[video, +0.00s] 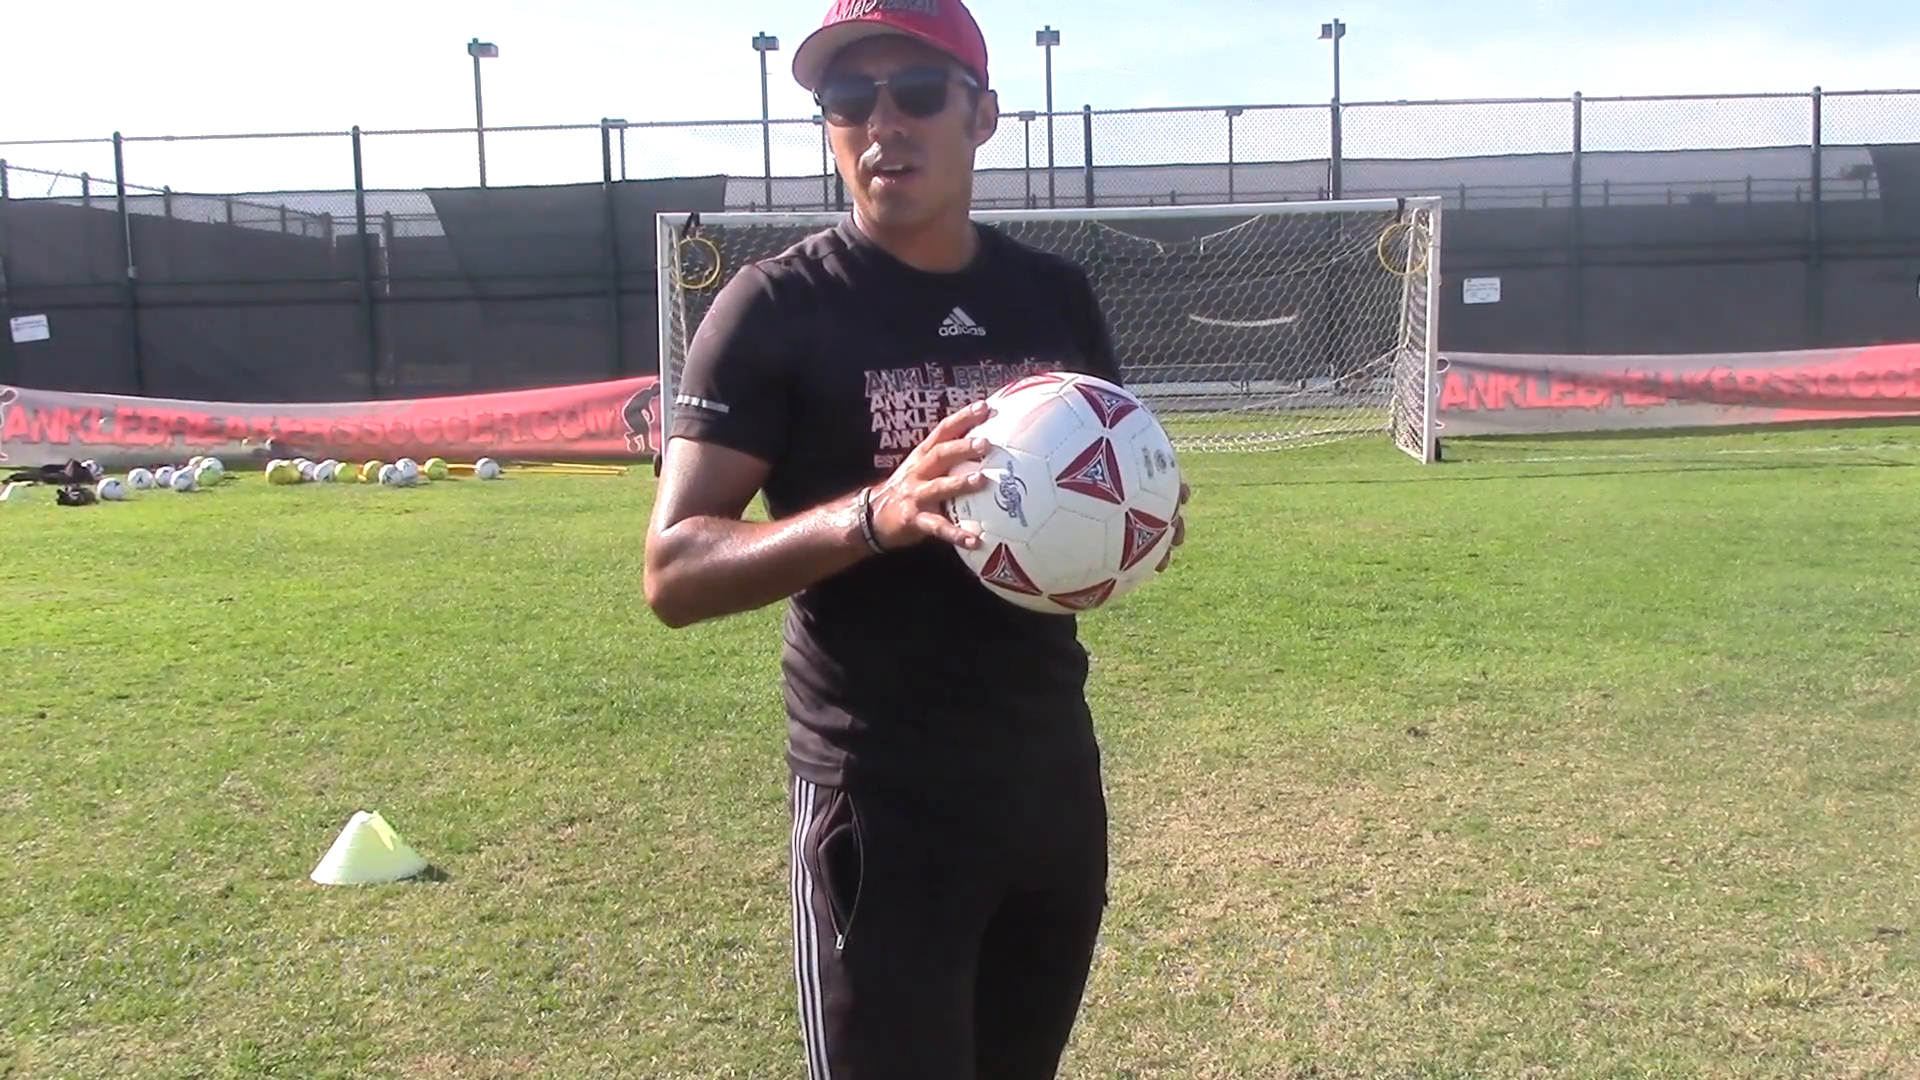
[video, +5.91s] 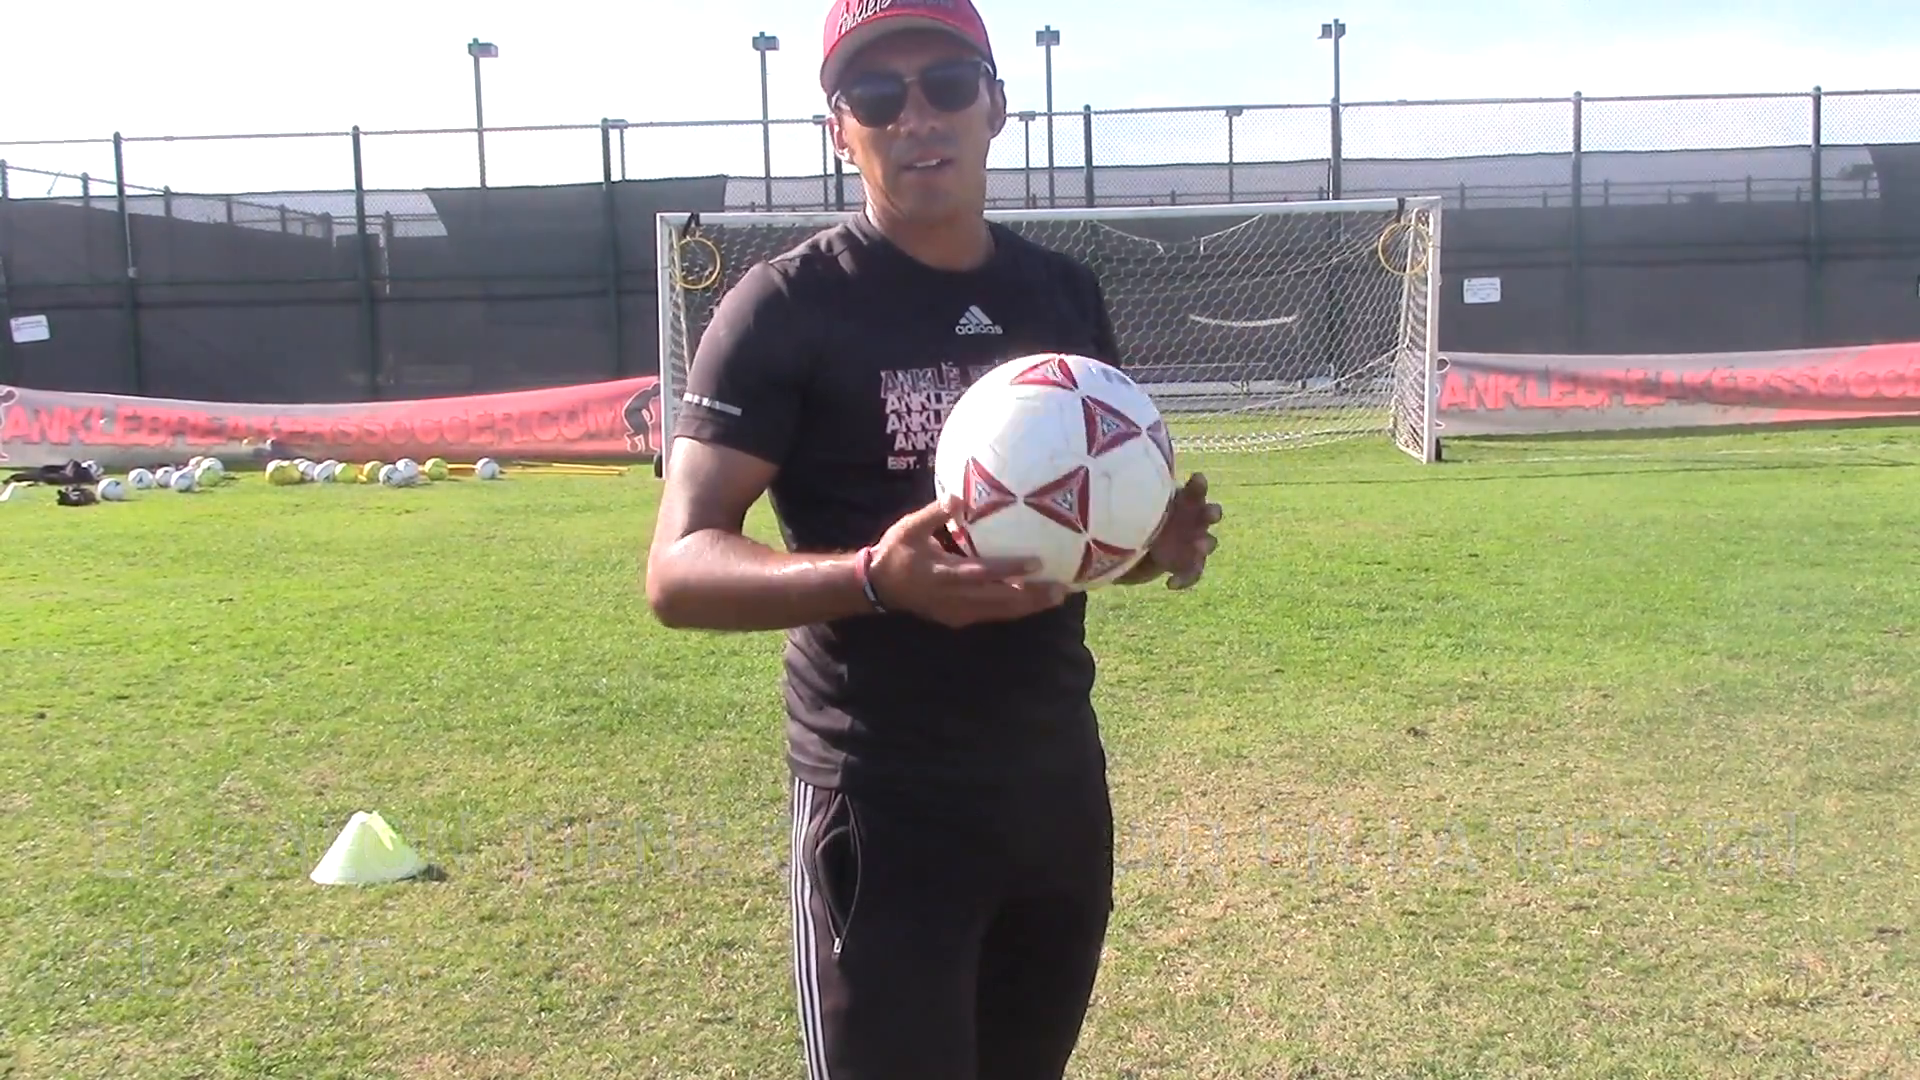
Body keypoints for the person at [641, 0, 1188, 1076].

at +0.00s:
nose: (885, 123)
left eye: (920, 94)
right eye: (855, 100)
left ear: (982, 118)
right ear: (827, 131)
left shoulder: (1055, 294)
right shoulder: (768, 310)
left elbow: (1097, 491)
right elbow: (675, 575)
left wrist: (1139, 513)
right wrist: (874, 516)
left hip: (1048, 764)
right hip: (874, 781)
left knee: (1018, 1064)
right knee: (886, 1060)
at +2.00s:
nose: (894, 134)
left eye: (925, 102)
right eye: (859, 108)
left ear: (972, 120)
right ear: (820, 136)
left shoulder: (1035, 299)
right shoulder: (761, 312)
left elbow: (1063, 530)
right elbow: (677, 581)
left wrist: (1135, 553)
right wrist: (897, 546)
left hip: (1043, 770)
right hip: (868, 784)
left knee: (1016, 1064)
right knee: (884, 1062)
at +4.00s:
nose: (901, 142)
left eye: (933, 107)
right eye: (866, 113)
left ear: (983, 121)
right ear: (829, 137)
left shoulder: (1049, 298)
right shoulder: (771, 309)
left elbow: (1090, 497)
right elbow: (680, 576)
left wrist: (1179, 520)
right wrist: (897, 574)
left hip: (1051, 767)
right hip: (875, 782)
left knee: (1021, 1061)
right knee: (888, 1061)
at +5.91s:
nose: (920, 118)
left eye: (948, 86)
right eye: (880, 95)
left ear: (993, 107)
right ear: (842, 131)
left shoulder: (1063, 294)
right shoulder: (781, 307)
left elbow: (1090, 527)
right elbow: (678, 571)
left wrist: (1164, 542)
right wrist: (869, 578)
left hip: (1055, 776)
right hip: (880, 789)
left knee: (1027, 1063)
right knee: (891, 1061)